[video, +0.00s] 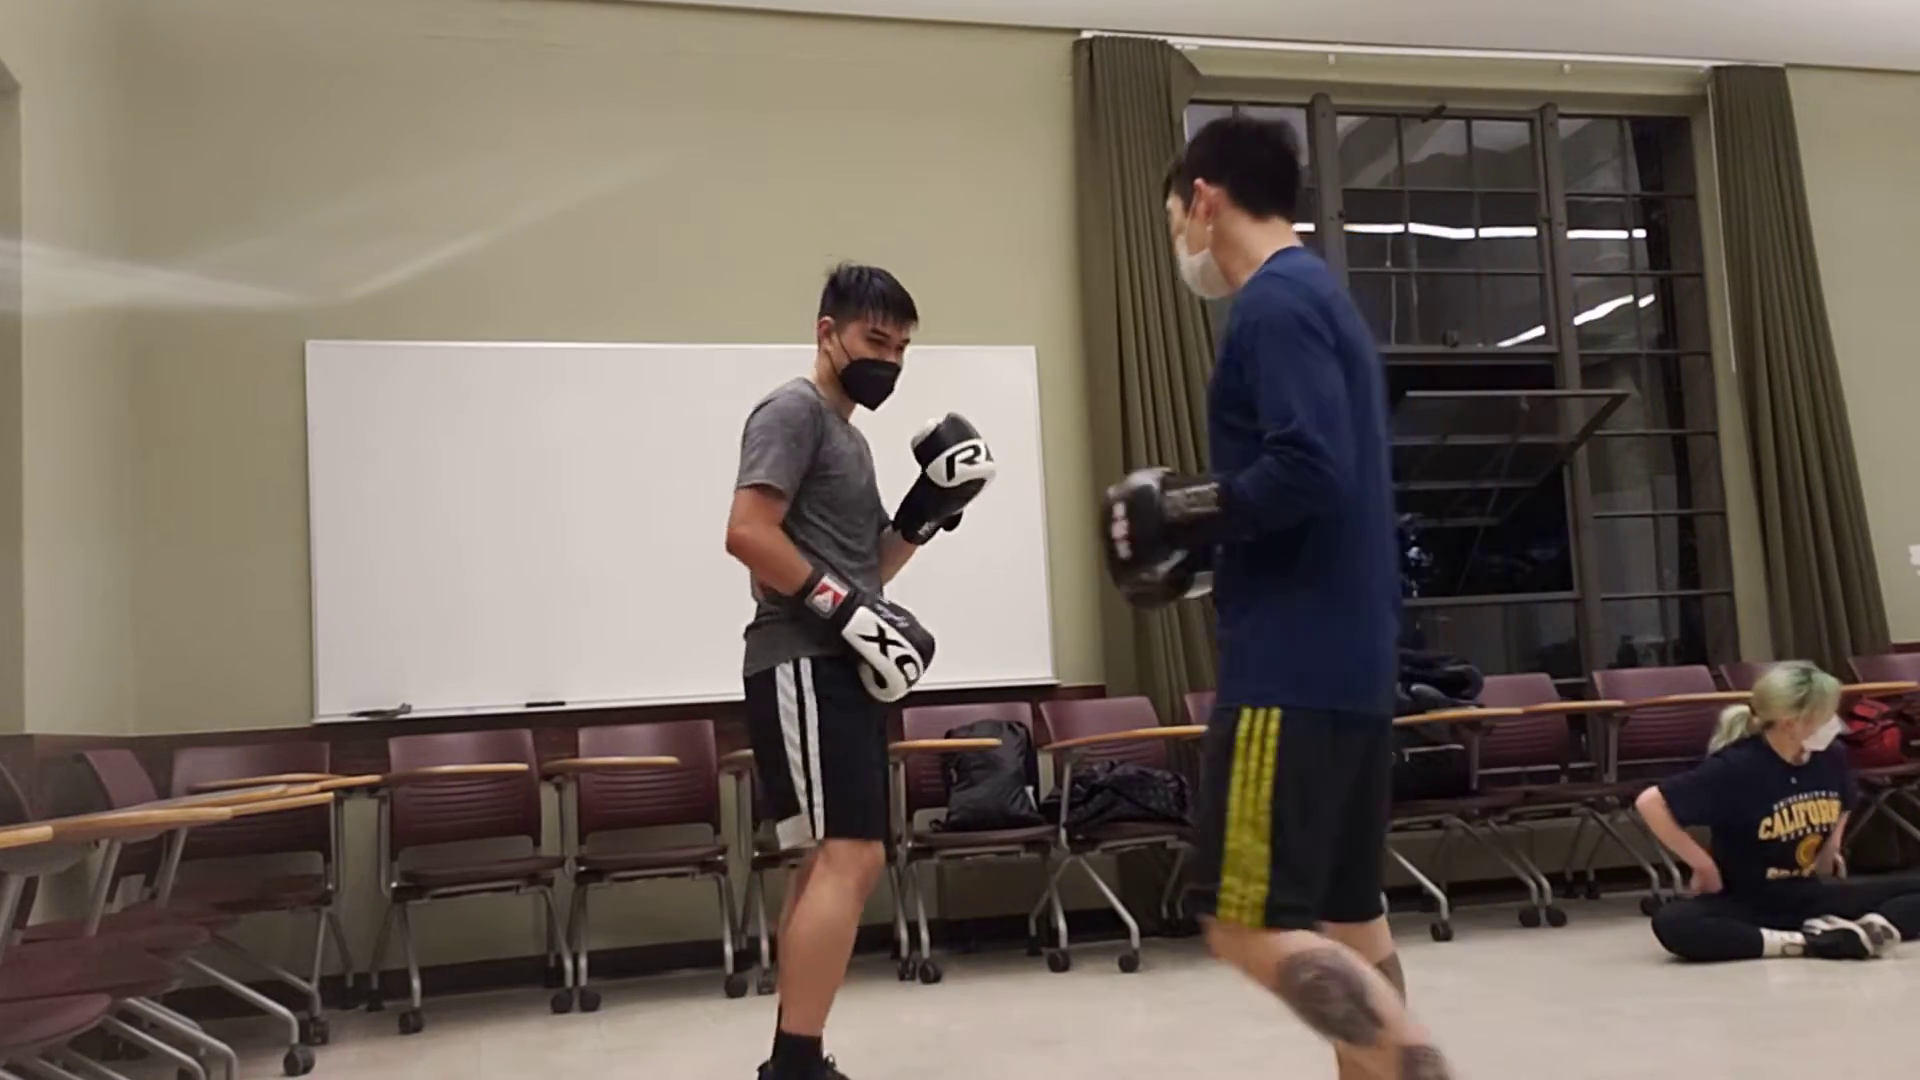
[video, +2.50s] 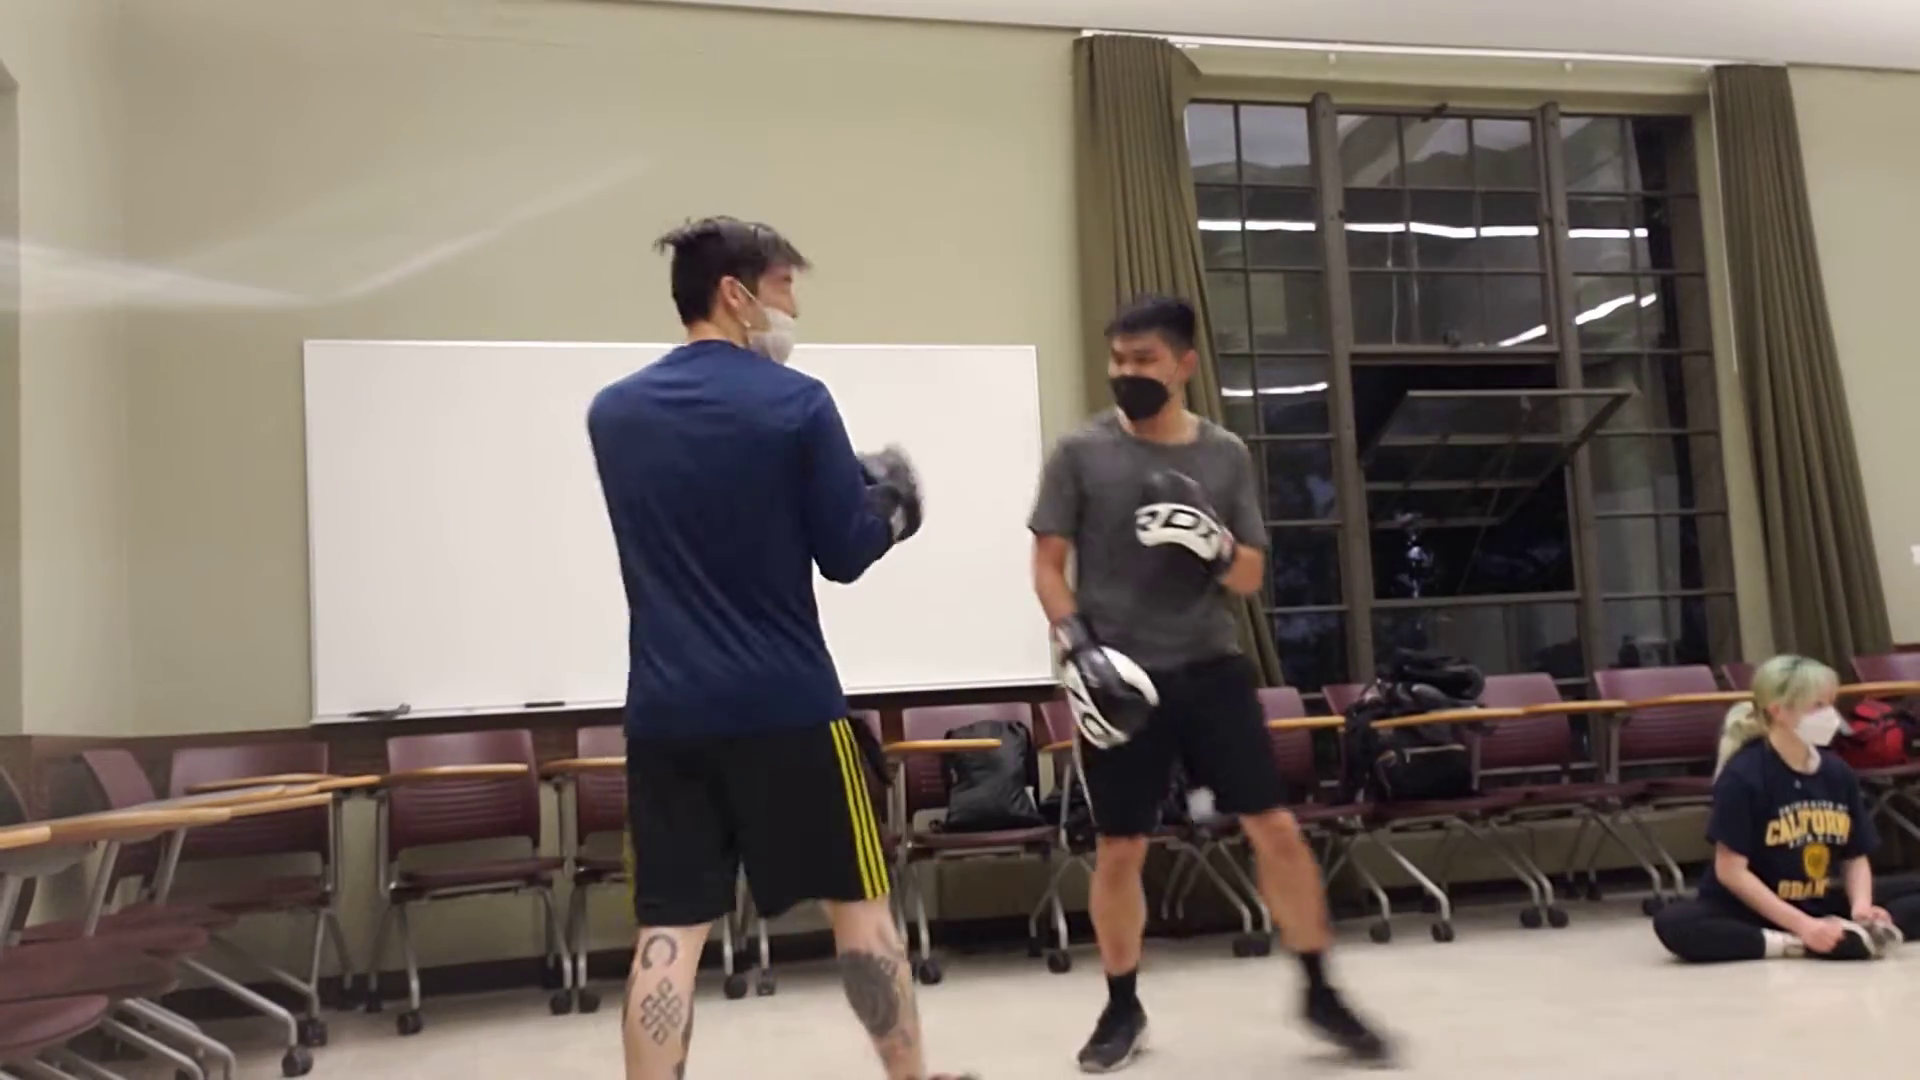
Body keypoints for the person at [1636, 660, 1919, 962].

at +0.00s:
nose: (1833, 727)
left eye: (1832, 717)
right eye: (1825, 719)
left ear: (1799, 722)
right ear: (1792, 722)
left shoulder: (1829, 757)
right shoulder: (1736, 766)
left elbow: (1844, 802)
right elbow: (1650, 802)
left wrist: (1830, 848)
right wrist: (1703, 866)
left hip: (1811, 895)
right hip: (1744, 903)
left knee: (1917, 888)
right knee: (1672, 922)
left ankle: (1854, 932)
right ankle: (1798, 944)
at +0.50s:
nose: (1820, 712)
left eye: (1819, 703)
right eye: (1812, 703)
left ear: (1784, 708)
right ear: (1781, 708)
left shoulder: (1823, 766)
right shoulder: (1735, 769)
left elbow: (1852, 842)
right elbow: (1704, 862)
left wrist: (1856, 878)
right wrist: (1796, 890)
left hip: (1822, 898)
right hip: (1749, 905)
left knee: (1915, 897)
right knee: (1670, 922)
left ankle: (1850, 930)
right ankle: (1792, 945)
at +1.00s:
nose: (1839, 717)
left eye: (1837, 707)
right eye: (1831, 708)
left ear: (1801, 715)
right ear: (1799, 714)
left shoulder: (1832, 772)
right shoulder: (1736, 775)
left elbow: (1848, 853)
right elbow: (1725, 869)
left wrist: (1852, 900)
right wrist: (1805, 915)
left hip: (1821, 898)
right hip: (1746, 902)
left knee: (1915, 897)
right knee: (1670, 923)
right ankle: (1799, 944)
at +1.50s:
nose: (1832, 718)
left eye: (1829, 707)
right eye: (1820, 710)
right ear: (1780, 715)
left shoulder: (1833, 767)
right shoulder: (1737, 774)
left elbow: (1860, 832)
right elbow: (1711, 867)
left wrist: (1844, 872)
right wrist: (1790, 912)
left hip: (1824, 897)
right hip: (1752, 905)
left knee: (1916, 890)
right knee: (1670, 923)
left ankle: (1857, 934)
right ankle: (1794, 945)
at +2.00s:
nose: (1830, 716)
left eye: (1828, 705)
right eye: (1817, 708)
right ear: (1778, 714)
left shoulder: (1834, 770)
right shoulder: (1739, 776)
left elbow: (1856, 848)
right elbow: (1722, 870)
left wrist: (1858, 889)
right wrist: (1799, 920)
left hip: (1828, 905)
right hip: (1755, 909)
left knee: (1915, 902)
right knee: (1672, 922)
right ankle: (1792, 944)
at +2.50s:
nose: (1832, 716)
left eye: (1832, 705)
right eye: (1818, 707)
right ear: (1777, 711)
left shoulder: (1838, 774)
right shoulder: (1743, 775)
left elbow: (1856, 855)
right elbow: (1729, 870)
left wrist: (1861, 905)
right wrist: (1803, 925)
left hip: (1826, 907)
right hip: (1752, 910)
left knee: (1915, 901)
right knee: (1671, 922)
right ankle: (1792, 943)